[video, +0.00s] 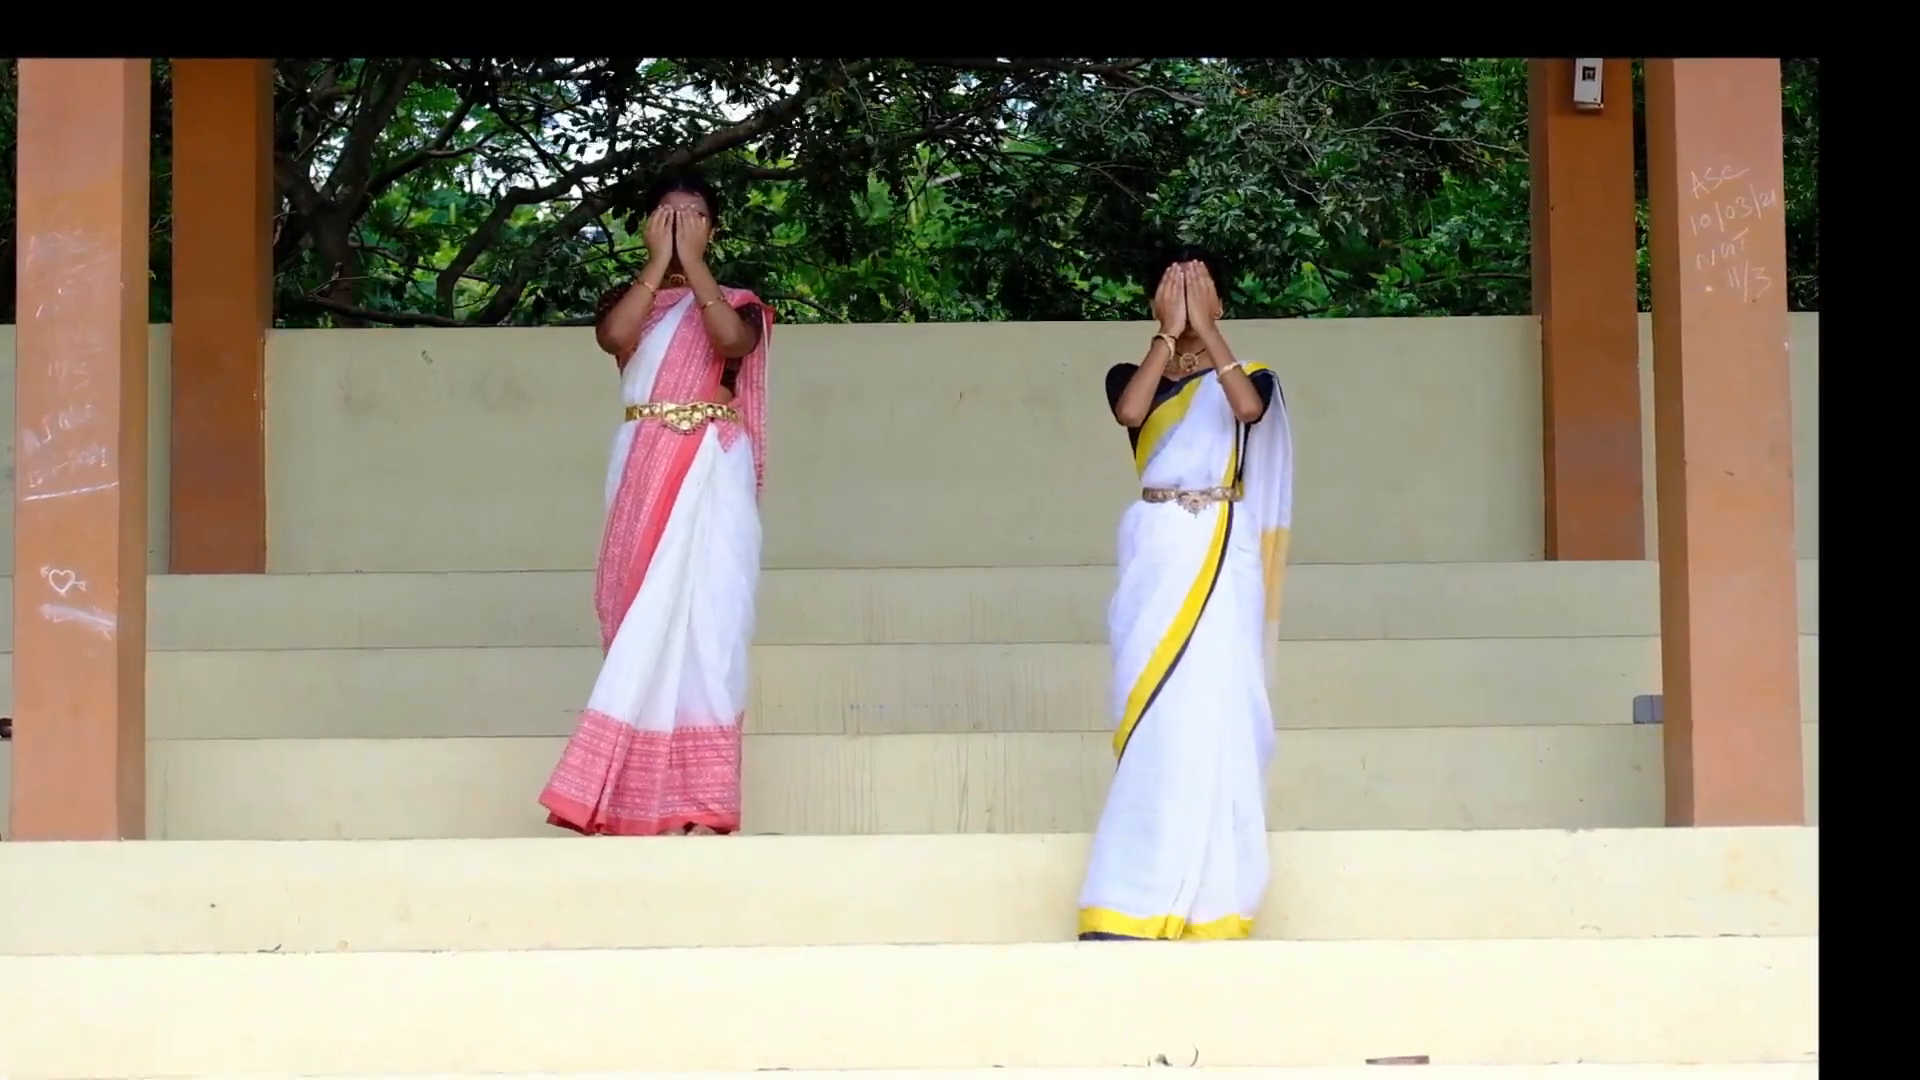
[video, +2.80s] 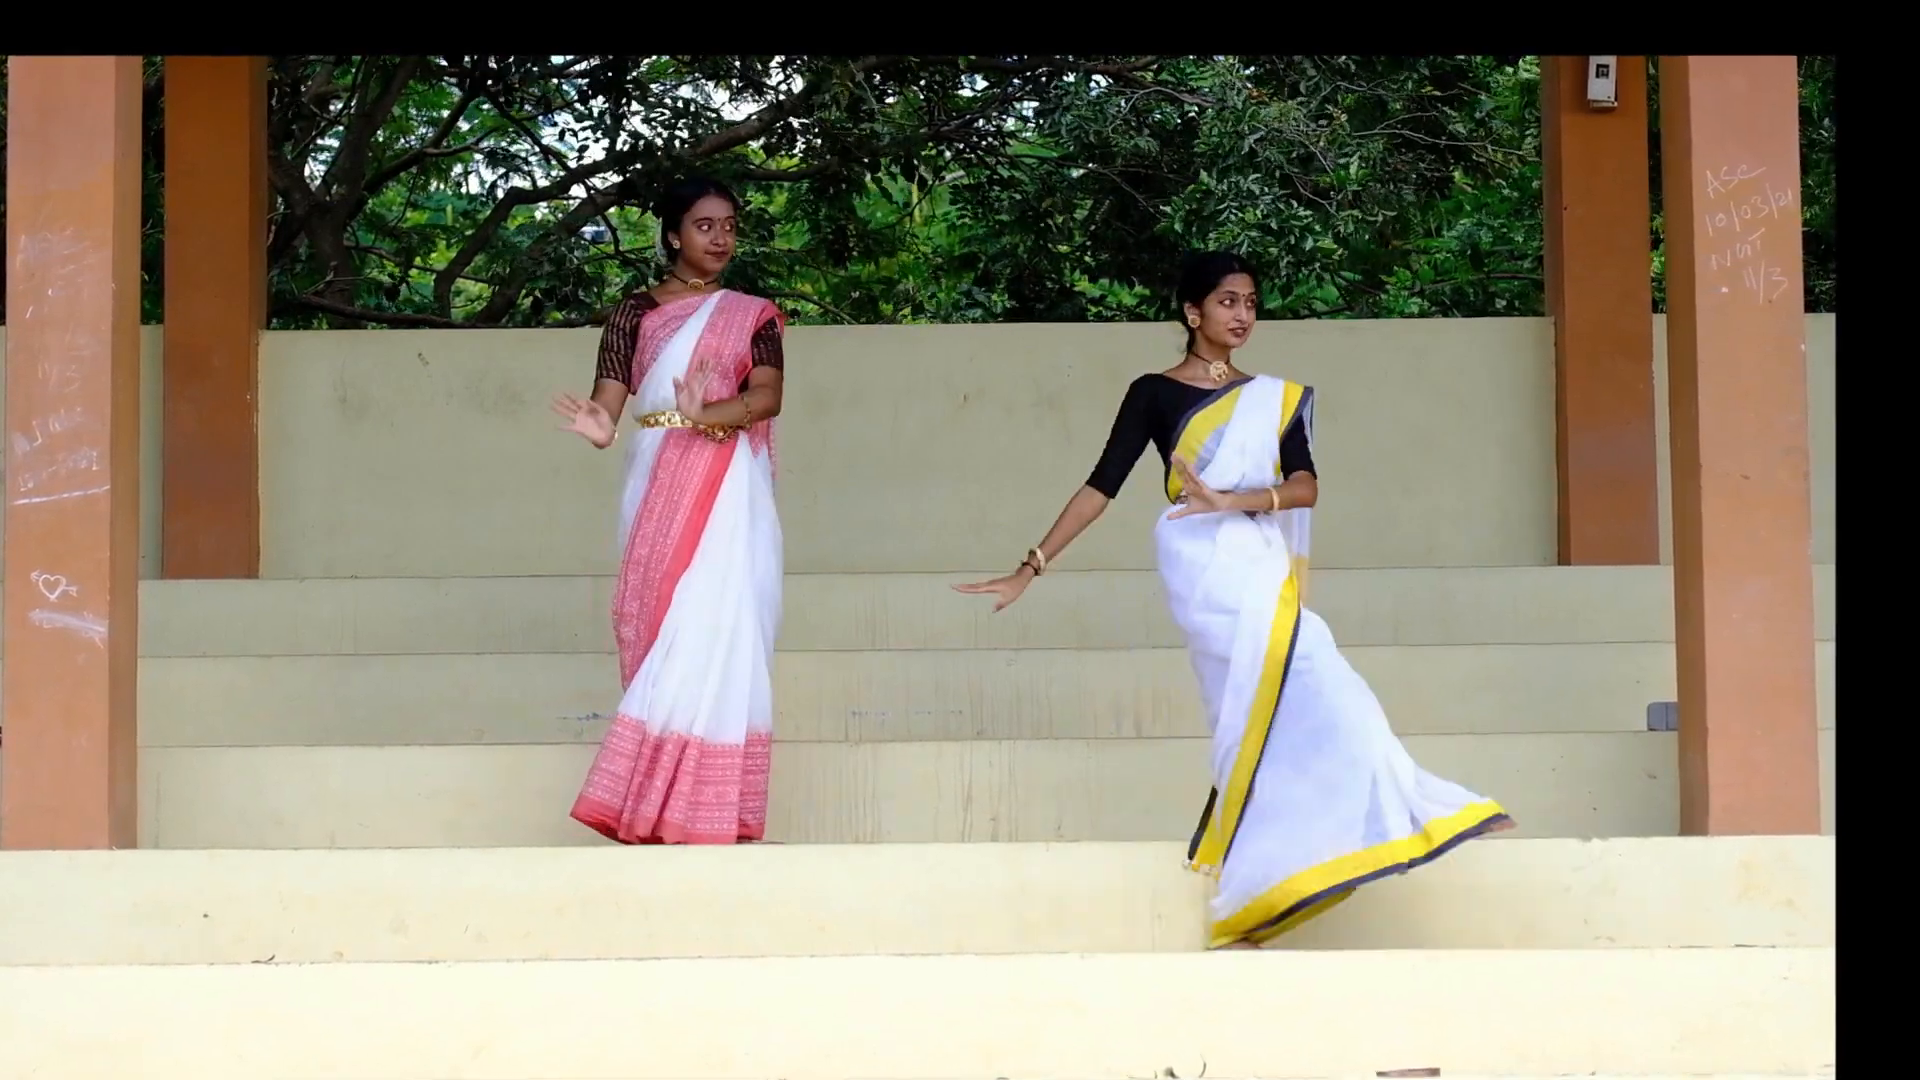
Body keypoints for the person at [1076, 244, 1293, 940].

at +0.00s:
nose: (1185, 311)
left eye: (1197, 296)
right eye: (1173, 296)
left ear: (1219, 305)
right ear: (1156, 308)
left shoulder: (1249, 377)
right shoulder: (1137, 379)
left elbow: (1246, 407)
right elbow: (1130, 408)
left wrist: (1208, 326)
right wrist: (1166, 333)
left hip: (1220, 555)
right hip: (1152, 553)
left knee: (1208, 712)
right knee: (1148, 710)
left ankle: (1208, 894)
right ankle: (1140, 893)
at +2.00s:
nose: (1192, 318)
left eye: (1204, 306)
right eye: (1180, 305)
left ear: (1225, 311)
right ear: (1163, 309)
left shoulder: (1254, 379)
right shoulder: (1138, 375)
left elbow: (1246, 424)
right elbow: (1132, 422)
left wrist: (1209, 338)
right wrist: (1173, 342)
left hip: (1223, 566)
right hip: (1153, 563)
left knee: (1219, 726)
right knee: (1153, 723)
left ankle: (1218, 906)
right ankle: (1148, 905)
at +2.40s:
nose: (1202, 320)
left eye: (1215, 309)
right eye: (1189, 308)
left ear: (1230, 315)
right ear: (1165, 313)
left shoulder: (1262, 382)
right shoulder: (1141, 382)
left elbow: (1286, 458)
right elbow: (1136, 457)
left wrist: (1253, 366)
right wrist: (1173, 373)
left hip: (1240, 558)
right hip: (1172, 555)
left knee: (1239, 720)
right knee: (1169, 718)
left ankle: (1238, 905)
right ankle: (1163, 906)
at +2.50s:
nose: (1213, 318)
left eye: (1224, 307)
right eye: (1200, 305)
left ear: (1236, 316)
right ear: (1174, 311)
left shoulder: (1273, 392)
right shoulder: (1145, 389)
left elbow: (1299, 496)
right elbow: (1123, 498)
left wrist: (1265, 448)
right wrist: (1178, 441)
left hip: (1255, 563)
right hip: (1183, 563)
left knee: (1254, 723)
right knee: (1186, 722)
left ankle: (1248, 908)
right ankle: (1175, 908)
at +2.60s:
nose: (1225, 320)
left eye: (1235, 309)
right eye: (1212, 307)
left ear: (1244, 318)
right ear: (1181, 312)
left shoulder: (1271, 400)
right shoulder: (1148, 395)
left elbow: (1299, 498)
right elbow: (1121, 497)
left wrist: (1261, 510)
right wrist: (1132, 520)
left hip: (1266, 572)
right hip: (1193, 570)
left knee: (1284, 722)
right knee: (1248, 726)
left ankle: (1247, 913)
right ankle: (1167, 900)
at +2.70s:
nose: (1235, 316)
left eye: (1243, 305)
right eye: (1221, 303)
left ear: (1250, 316)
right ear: (1188, 310)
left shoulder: (1271, 399)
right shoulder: (1151, 395)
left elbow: (1301, 494)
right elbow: (1115, 488)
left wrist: (1257, 518)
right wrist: (1079, 564)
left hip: (1266, 564)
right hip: (1196, 563)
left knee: (1287, 709)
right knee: (1255, 707)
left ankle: (1250, 895)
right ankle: (1223, 889)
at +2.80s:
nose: (1242, 316)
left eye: (1250, 304)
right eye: (1228, 302)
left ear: (1255, 313)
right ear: (1192, 309)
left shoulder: (1274, 396)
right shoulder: (1156, 393)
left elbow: (1305, 488)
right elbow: (1100, 486)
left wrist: (1228, 499)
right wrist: (1030, 566)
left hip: (1265, 555)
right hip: (1199, 555)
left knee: (1252, 706)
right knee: (1309, 648)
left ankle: (1246, 883)